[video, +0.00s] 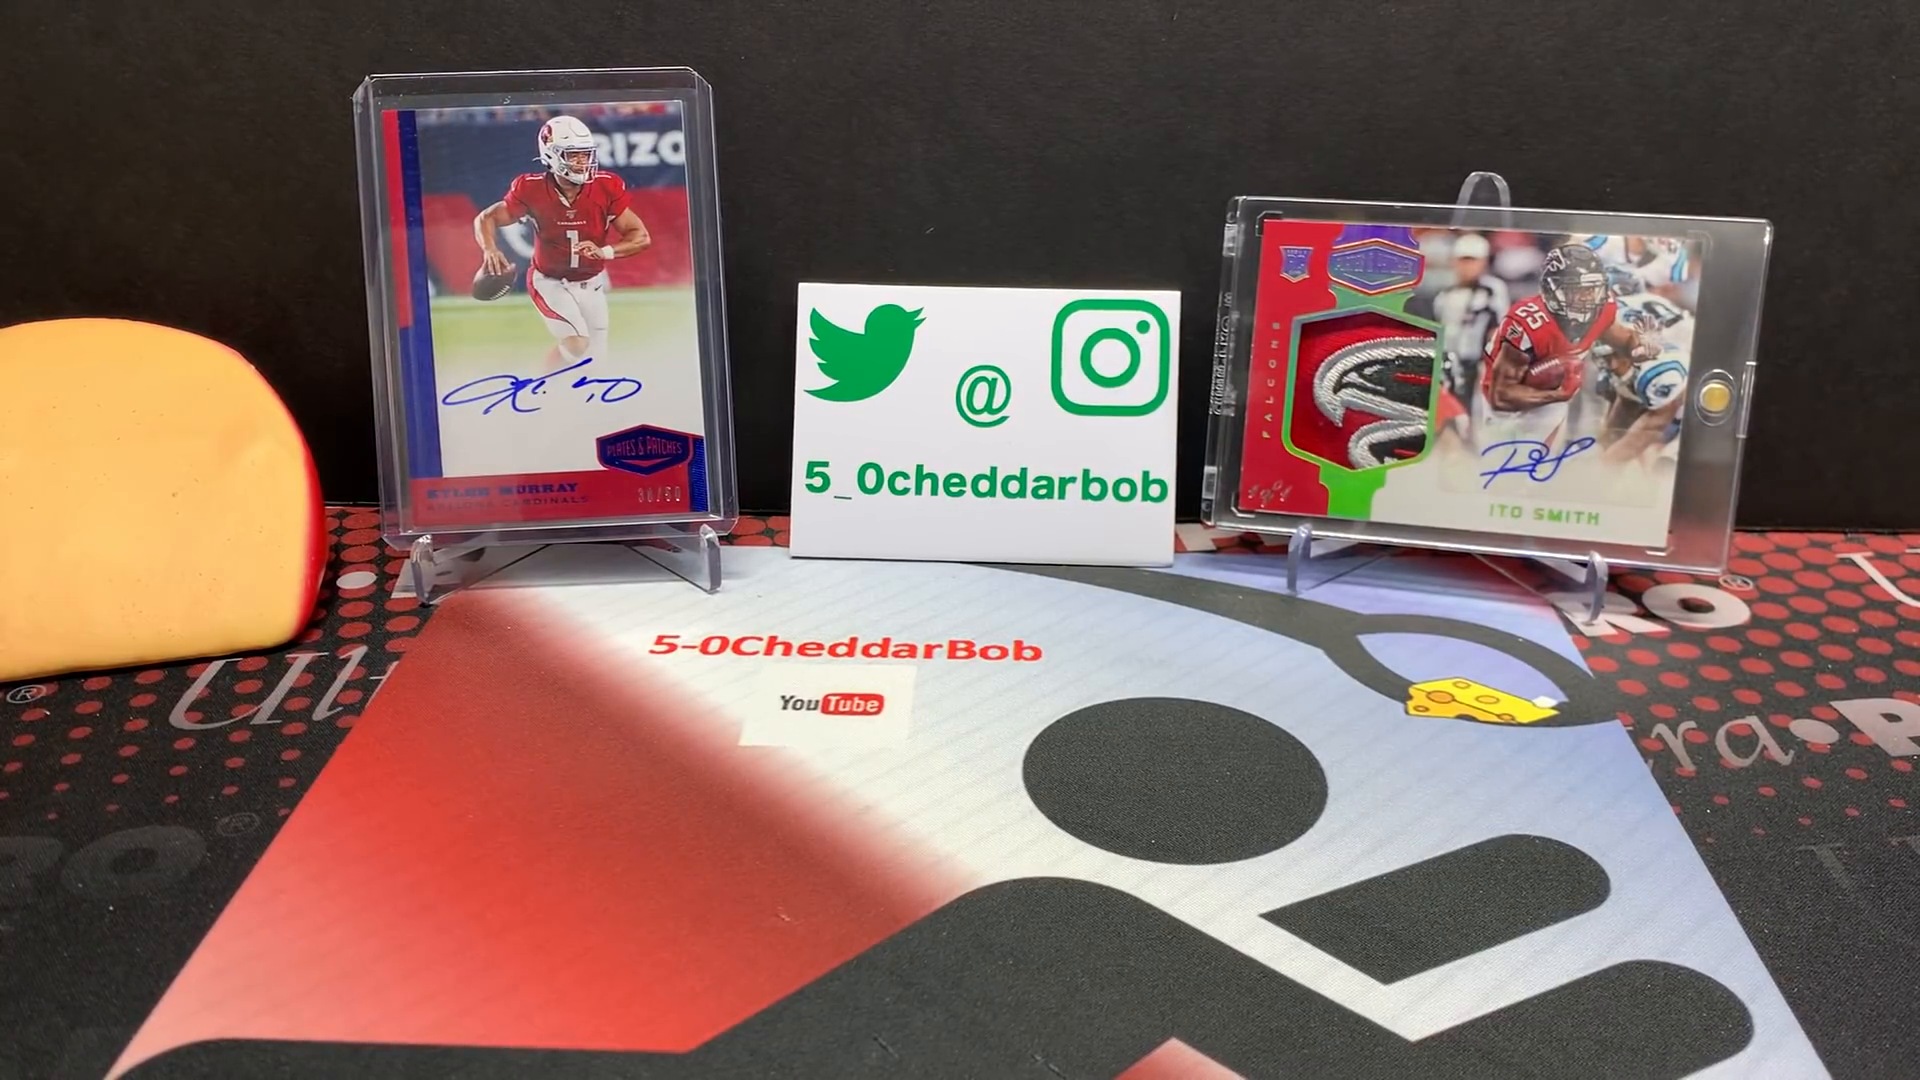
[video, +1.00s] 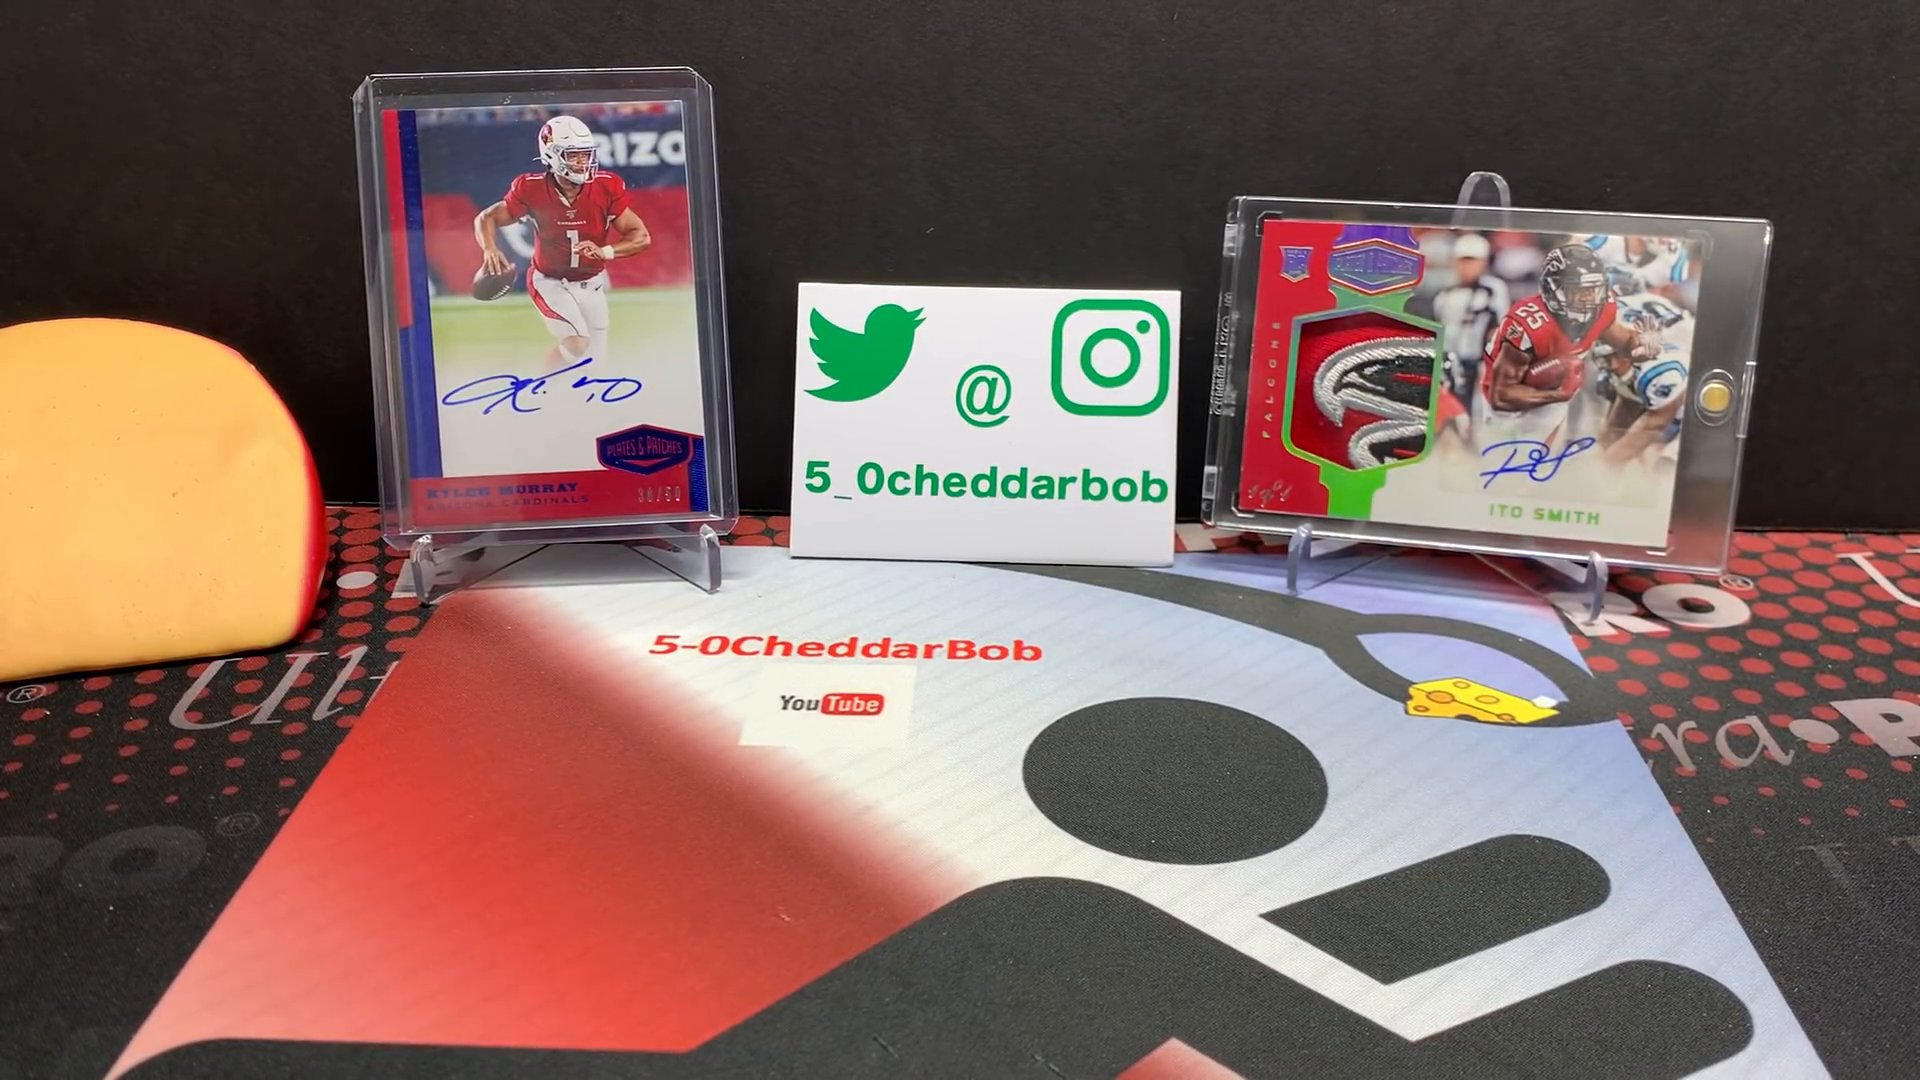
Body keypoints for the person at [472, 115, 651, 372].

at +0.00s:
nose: (580, 162)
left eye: (585, 155)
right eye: (572, 156)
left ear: (592, 154)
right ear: (551, 156)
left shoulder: (607, 187)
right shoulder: (529, 190)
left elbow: (641, 237)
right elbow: (484, 219)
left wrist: (605, 252)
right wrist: (490, 249)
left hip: (591, 282)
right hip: (548, 281)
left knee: (596, 362)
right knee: (577, 344)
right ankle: (533, 389)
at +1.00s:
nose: (580, 162)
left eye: (585, 155)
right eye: (572, 156)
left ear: (592, 154)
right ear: (552, 155)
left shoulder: (607, 187)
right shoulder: (530, 189)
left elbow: (641, 237)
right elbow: (484, 219)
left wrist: (606, 252)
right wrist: (490, 249)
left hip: (591, 283)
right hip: (549, 280)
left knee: (596, 363)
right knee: (576, 343)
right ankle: (534, 391)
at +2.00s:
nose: (581, 162)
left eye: (585, 155)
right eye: (572, 156)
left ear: (592, 154)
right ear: (552, 155)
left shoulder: (607, 187)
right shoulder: (530, 189)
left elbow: (641, 237)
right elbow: (484, 219)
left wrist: (605, 252)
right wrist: (490, 249)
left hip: (591, 282)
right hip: (548, 280)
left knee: (596, 361)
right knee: (576, 343)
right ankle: (533, 392)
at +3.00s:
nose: (581, 162)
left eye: (585, 155)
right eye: (573, 156)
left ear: (591, 154)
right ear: (552, 155)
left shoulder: (607, 186)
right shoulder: (530, 189)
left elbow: (641, 237)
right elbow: (484, 219)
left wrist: (605, 252)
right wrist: (490, 249)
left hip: (591, 283)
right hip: (549, 280)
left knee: (596, 361)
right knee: (576, 344)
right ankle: (534, 391)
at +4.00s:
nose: (580, 162)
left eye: (585, 155)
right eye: (573, 156)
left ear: (592, 154)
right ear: (552, 155)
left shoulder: (607, 187)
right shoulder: (530, 189)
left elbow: (641, 238)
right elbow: (485, 219)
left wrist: (605, 252)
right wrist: (489, 248)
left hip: (591, 283)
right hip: (549, 280)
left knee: (596, 362)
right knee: (577, 344)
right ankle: (533, 390)